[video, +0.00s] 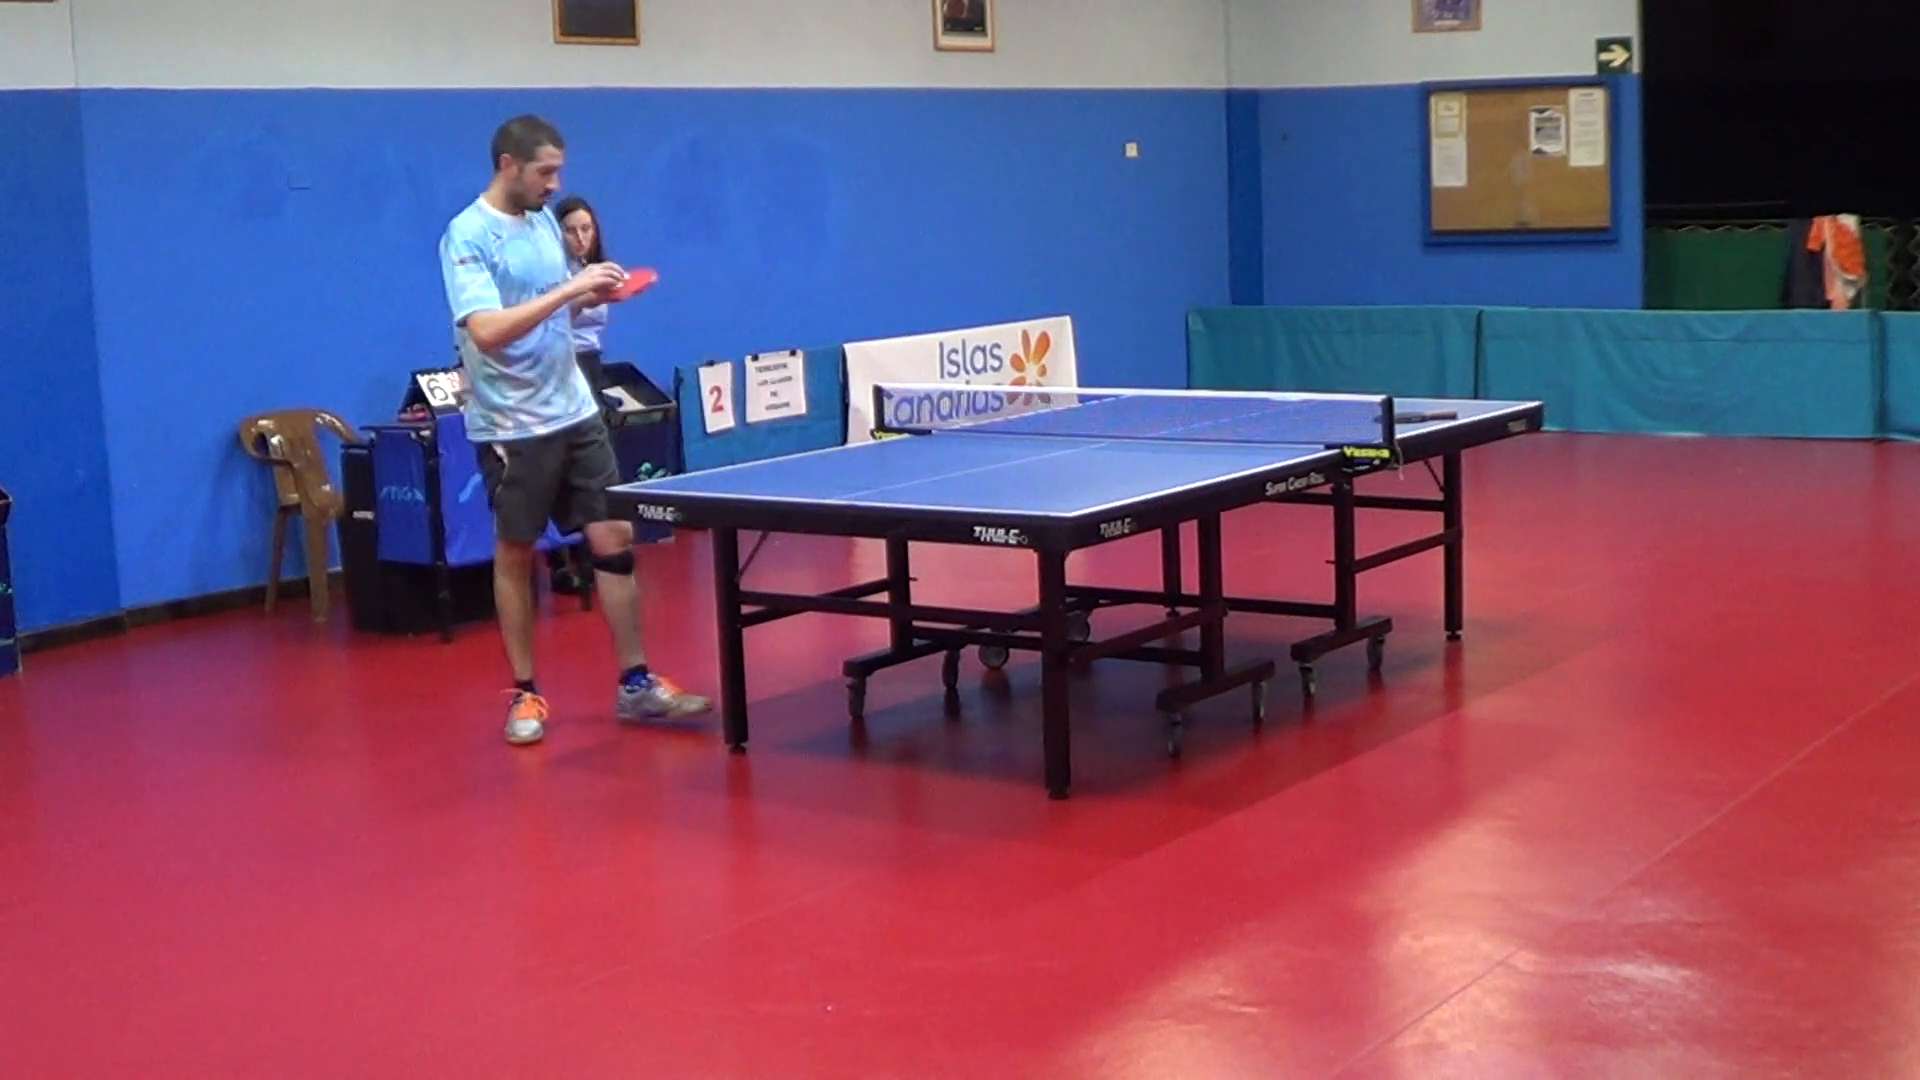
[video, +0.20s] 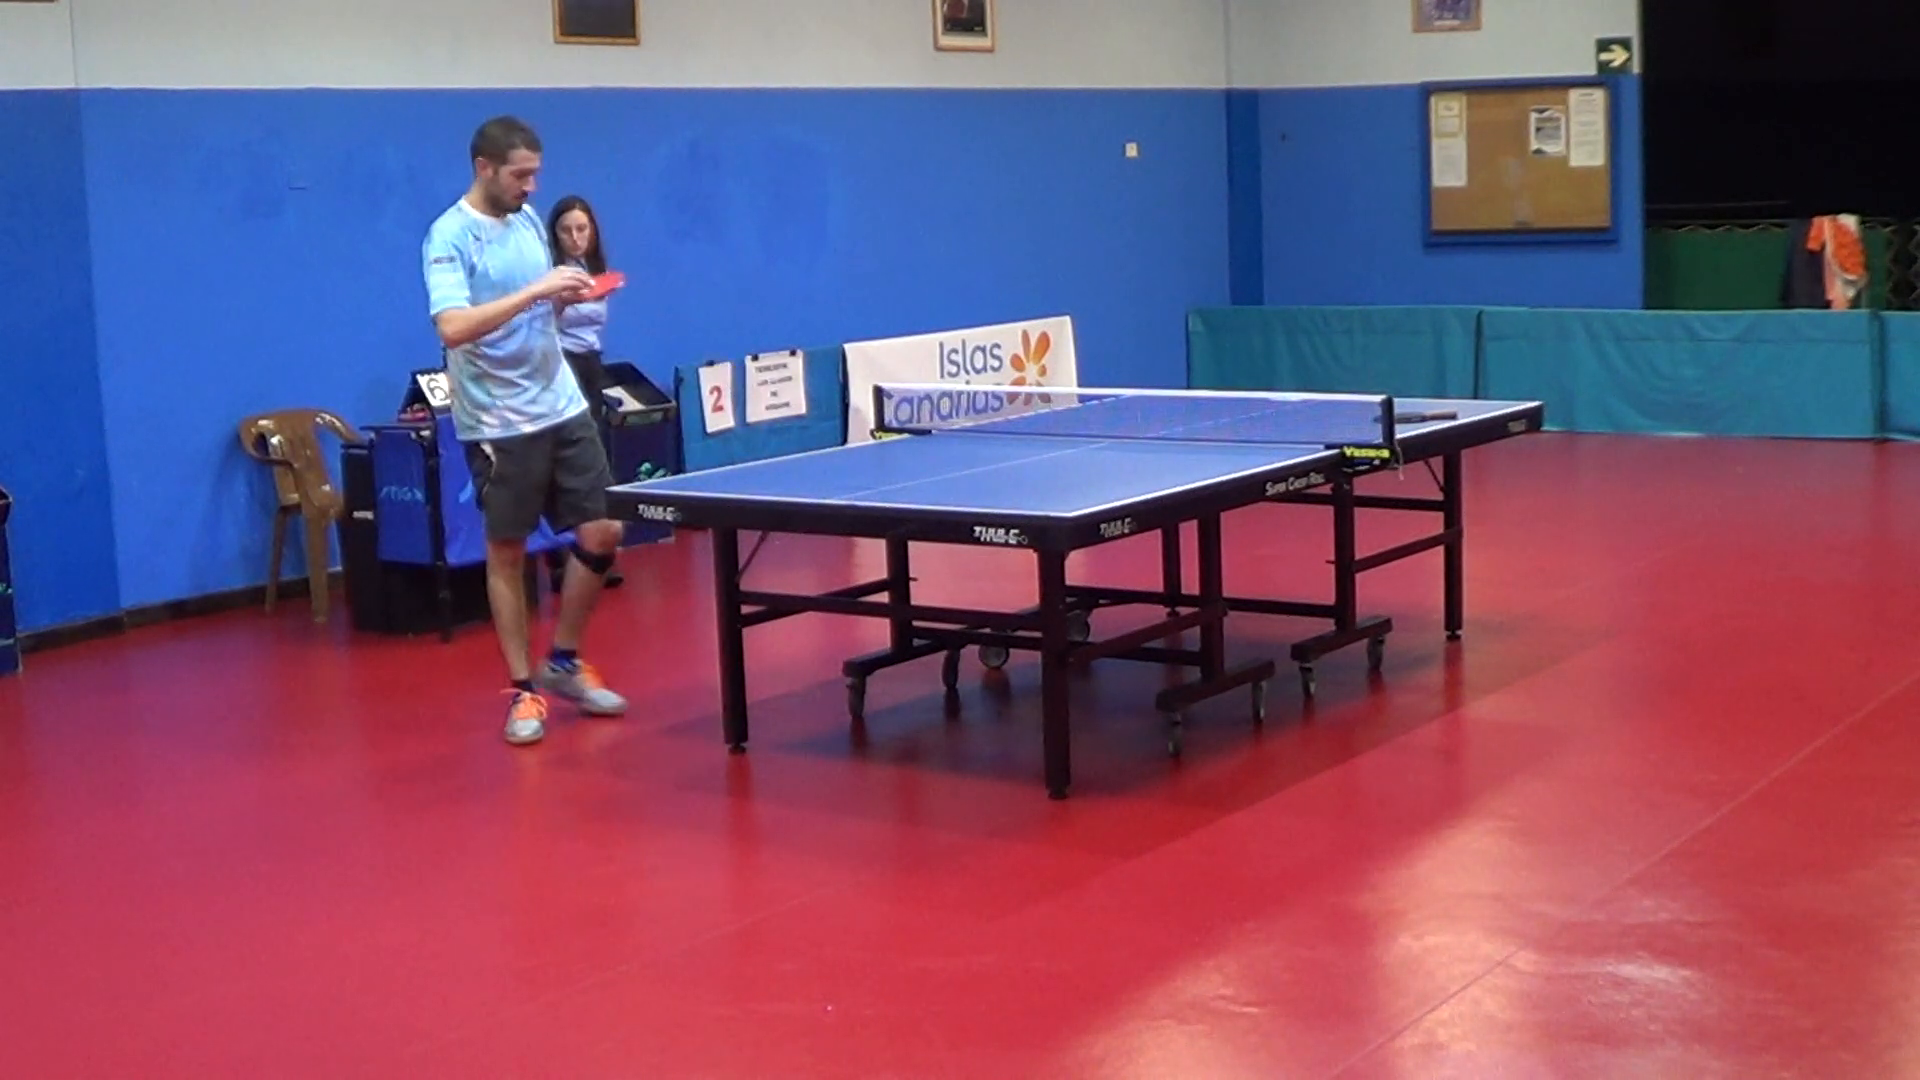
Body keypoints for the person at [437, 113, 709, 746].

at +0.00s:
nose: (553, 183)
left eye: (557, 173)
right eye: (545, 172)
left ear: (536, 169)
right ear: (508, 166)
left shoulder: (544, 221)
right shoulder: (465, 235)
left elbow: (553, 307)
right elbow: (487, 333)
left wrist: (594, 290)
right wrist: (570, 291)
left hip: (576, 408)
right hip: (513, 425)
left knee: (614, 538)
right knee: (516, 553)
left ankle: (636, 684)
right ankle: (526, 693)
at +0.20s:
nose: (529, 186)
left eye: (533, 175)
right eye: (520, 175)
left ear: (529, 172)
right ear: (483, 168)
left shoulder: (527, 219)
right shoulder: (447, 238)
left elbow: (534, 301)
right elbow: (452, 329)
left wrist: (571, 291)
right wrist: (538, 292)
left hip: (563, 403)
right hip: (501, 422)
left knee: (600, 534)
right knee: (508, 551)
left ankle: (564, 660)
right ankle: (522, 689)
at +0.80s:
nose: (472, 192)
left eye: (479, 180)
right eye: (461, 182)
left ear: (499, 168)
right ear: (448, 175)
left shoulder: (534, 226)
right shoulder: (429, 230)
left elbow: (572, 316)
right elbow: (381, 308)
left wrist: (530, 294)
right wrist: (451, 288)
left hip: (518, 404)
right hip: (451, 404)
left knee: (508, 539)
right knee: (463, 535)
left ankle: (508, 663)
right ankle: (476, 677)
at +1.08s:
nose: (431, 194)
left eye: (437, 181)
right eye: (420, 186)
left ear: (461, 166)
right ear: (412, 184)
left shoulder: (511, 223)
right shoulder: (405, 232)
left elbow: (550, 309)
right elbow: (338, 296)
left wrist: (490, 296)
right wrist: (371, 286)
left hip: (492, 407)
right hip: (422, 408)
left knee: (497, 533)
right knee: (402, 530)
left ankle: (506, 664)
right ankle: (393, 669)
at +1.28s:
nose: (372, 200)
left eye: (376, 187)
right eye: (365, 192)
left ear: (406, 170)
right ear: (370, 188)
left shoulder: (468, 223)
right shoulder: (377, 240)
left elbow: (507, 306)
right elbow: (331, 314)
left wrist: (429, 295)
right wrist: (330, 285)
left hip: (461, 405)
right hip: (397, 409)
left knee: (482, 531)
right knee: (384, 525)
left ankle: (505, 661)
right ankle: (375, 657)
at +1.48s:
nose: (316, 208)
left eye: (316, 195)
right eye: (309, 199)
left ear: (346, 177)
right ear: (333, 185)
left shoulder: (408, 224)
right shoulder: (346, 242)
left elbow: (439, 309)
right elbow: (320, 320)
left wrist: (359, 298)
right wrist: (300, 298)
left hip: (412, 411)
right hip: (362, 413)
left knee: (439, 532)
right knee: (376, 529)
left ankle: (488, 657)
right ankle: (375, 658)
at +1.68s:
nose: (280, 210)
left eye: (278, 196)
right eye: (274, 200)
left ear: (303, 178)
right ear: (303, 180)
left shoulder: (361, 226)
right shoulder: (334, 232)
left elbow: (385, 310)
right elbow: (340, 303)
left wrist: (307, 298)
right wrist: (287, 290)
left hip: (367, 404)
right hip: (341, 403)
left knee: (356, 528)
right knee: (367, 528)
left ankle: (406, 660)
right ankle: (375, 654)